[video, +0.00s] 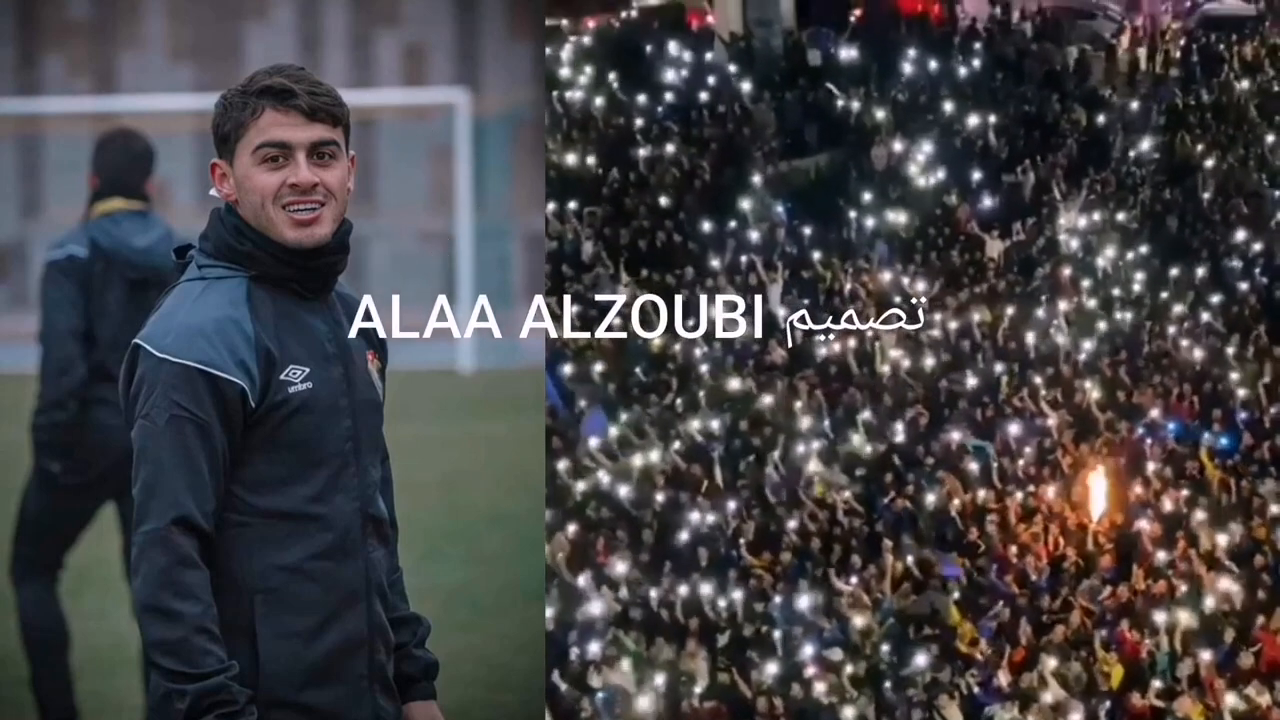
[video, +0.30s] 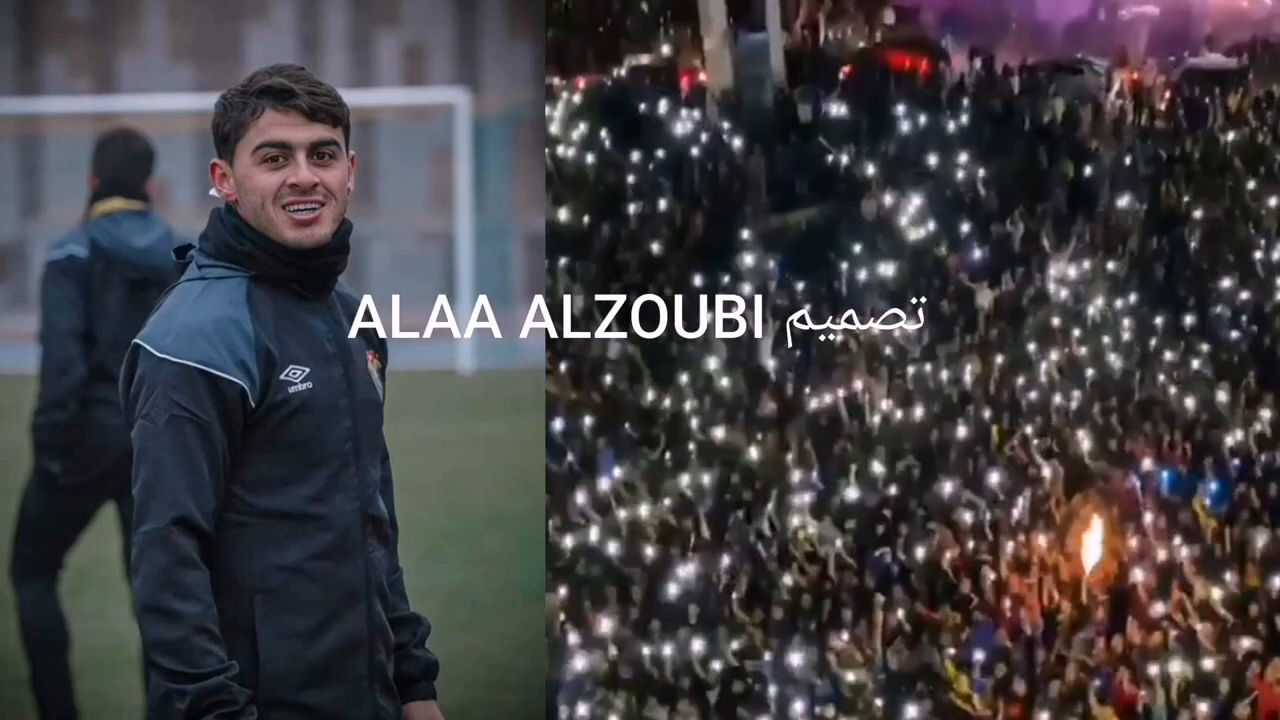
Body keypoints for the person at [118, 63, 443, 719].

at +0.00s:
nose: (305, 178)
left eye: (322, 155)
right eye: (274, 158)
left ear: (350, 171)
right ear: (226, 182)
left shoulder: (352, 319)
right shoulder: (195, 334)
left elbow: (372, 524)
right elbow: (164, 551)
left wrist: (414, 684)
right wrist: (213, 705)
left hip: (364, 690)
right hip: (260, 692)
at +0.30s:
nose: (305, 178)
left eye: (322, 155)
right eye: (274, 158)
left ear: (350, 171)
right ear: (226, 182)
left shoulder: (352, 320)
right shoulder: (195, 334)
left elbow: (372, 524)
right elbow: (164, 551)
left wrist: (414, 684)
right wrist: (213, 705)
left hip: (364, 690)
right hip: (260, 692)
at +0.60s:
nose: (305, 178)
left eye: (322, 155)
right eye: (274, 158)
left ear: (350, 171)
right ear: (226, 182)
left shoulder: (352, 319)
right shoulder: (195, 334)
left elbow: (372, 524)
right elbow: (164, 551)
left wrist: (414, 684)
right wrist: (213, 705)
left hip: (364, 690)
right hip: (260, 692)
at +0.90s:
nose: (305, 178)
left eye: (322, 155)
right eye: (274, 158)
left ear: (350, 171)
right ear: (226, 182)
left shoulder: (352, 319)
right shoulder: (195, 334)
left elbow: (372, 524)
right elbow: (164, 551)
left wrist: (414, 684)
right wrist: (213, 705)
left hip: (364, 690)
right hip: (260, 692)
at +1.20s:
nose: (305, 178)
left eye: (322, 155)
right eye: (274, 158)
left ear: (350, 171)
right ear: (226, 182)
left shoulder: (352, 319)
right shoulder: (195, 334)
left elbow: (372, 524)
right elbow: (164, 551)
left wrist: (414, 684)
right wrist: (213, 705)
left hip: (364, 690)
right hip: (260, 692)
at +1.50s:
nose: (305, 178)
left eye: (322, 155)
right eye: (274, 158)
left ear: (350, 171)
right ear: (226, 182)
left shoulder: (351, 319)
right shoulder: (196, 334)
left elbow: (372, 523)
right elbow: (164, 551)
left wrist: (414, 684)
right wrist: (213, 705)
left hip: (364, 690)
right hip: (260, 692)